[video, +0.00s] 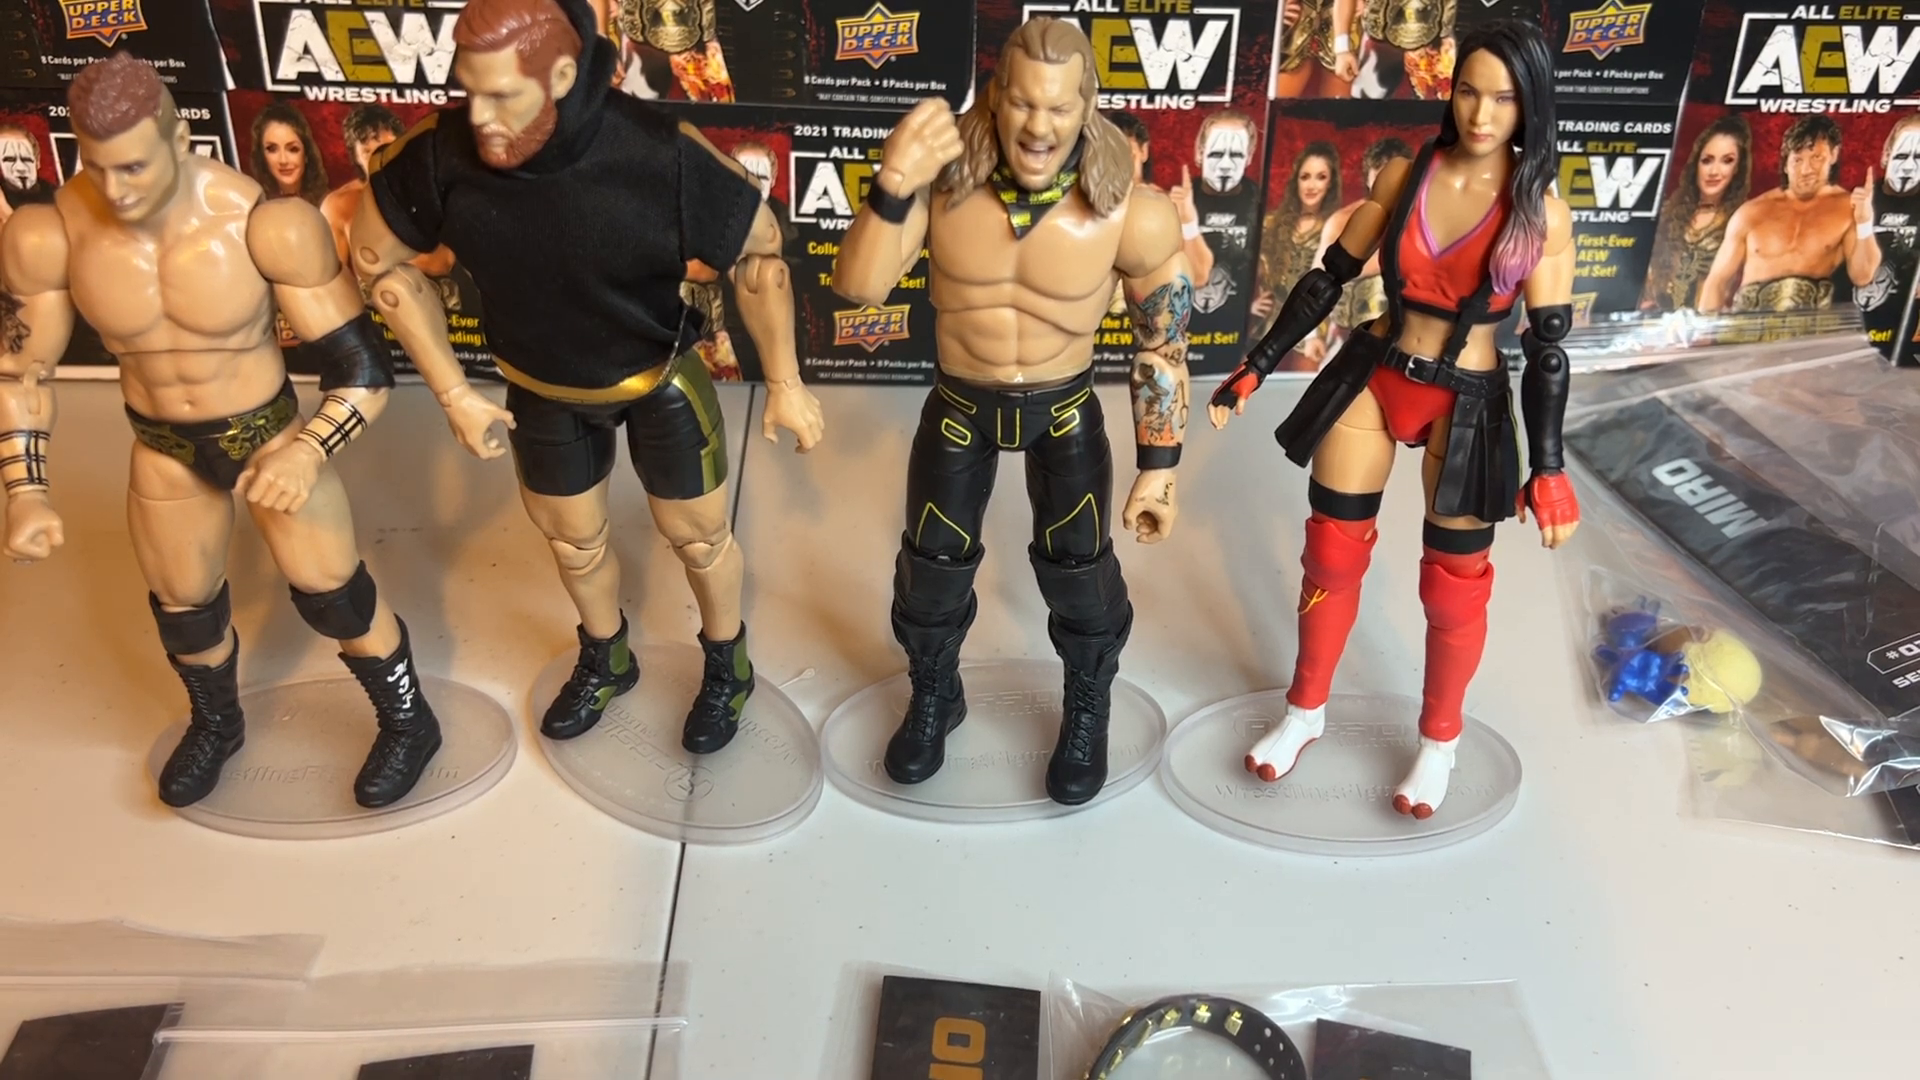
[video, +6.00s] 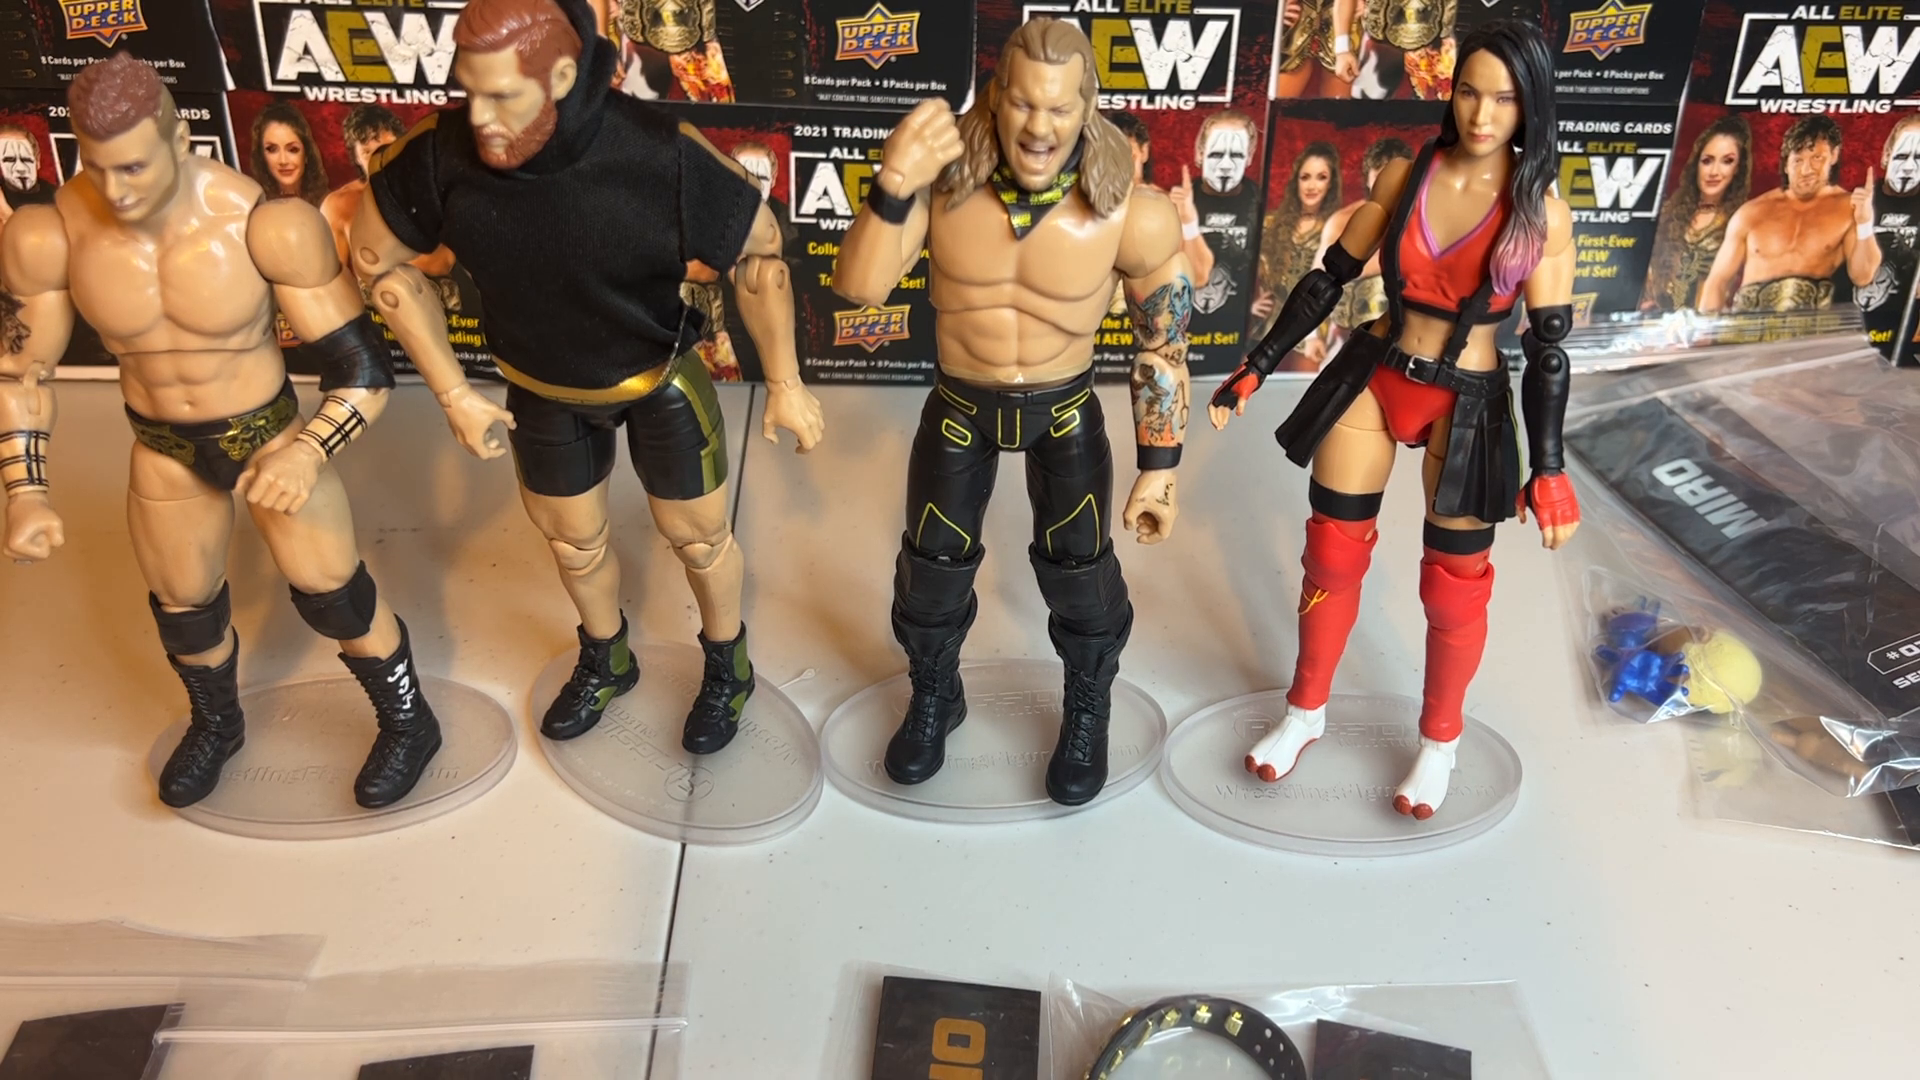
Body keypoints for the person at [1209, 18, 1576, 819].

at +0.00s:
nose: (1480, 113)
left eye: (1501, 99)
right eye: (1469, 93)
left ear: (1529, 108)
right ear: (1450, 93)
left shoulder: (1540, 209)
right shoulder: (1407, 174)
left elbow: (1549, 344)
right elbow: (1332, 273)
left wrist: (1549, 465)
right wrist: (1256, 364)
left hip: (1466, 404)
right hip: (1371, 382)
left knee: (1454, 589)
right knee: (1331, 558)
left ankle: (1437, 742)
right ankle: (1304, 710)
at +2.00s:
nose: (1480, 113)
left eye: (1501, 99)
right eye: (1469, 93)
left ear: (1528, 108)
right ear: (1451, 94)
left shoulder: (1540, 208)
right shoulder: (1406, 175)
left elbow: (1549, 343)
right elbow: (1332, 273)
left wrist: (1549, 465)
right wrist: (1256, 364)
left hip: (1467, 404)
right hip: (1371, 382)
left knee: (1454, 590)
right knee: (1331, 559)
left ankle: (1437, 742)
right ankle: (1304, 710)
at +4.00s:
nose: (1480, 113)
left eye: (1501, 99)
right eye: (1469, 94)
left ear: (1529, 108)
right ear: (1450, 94)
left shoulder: (1540, 209)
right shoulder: (1406, 175)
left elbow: (1549, 345)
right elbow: (1333, 273)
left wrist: (1549, 466)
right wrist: (1256, 364)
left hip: (1467, 405)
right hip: (1372, 383)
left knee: (1454, 590)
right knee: (1331, 560)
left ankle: (1438, 742)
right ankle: (1304, 710)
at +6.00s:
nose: (1480, 113)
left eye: (1501, 99)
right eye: (1469, 94)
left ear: (1529, 108)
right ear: (1451, 94)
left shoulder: (1540, 209)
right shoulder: (1406, 175)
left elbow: (1549, 346)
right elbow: (1332, 274)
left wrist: (1549, 467)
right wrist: (1255, 365)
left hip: (1467, 404)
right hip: (1372, 382)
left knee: (1454, 590)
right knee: (1331, 559)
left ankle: (1438, 741)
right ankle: (1305, 709)